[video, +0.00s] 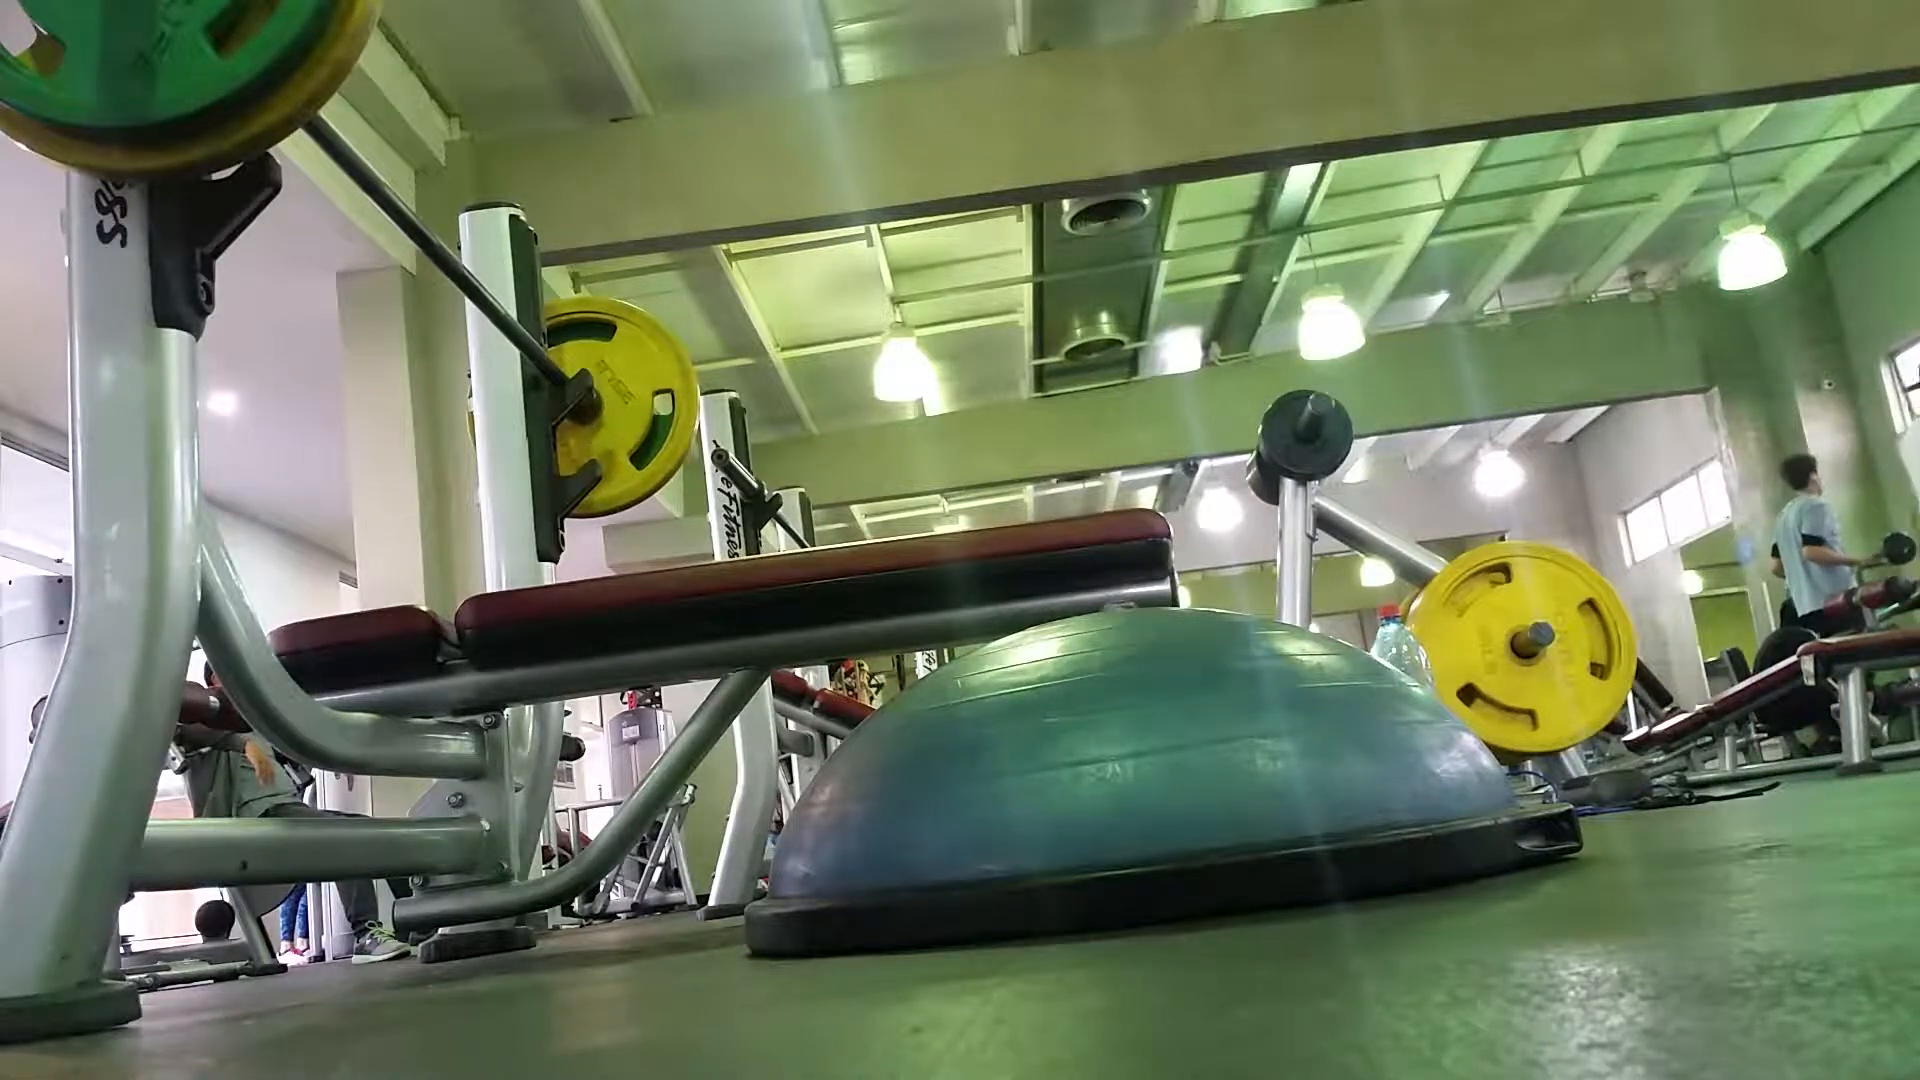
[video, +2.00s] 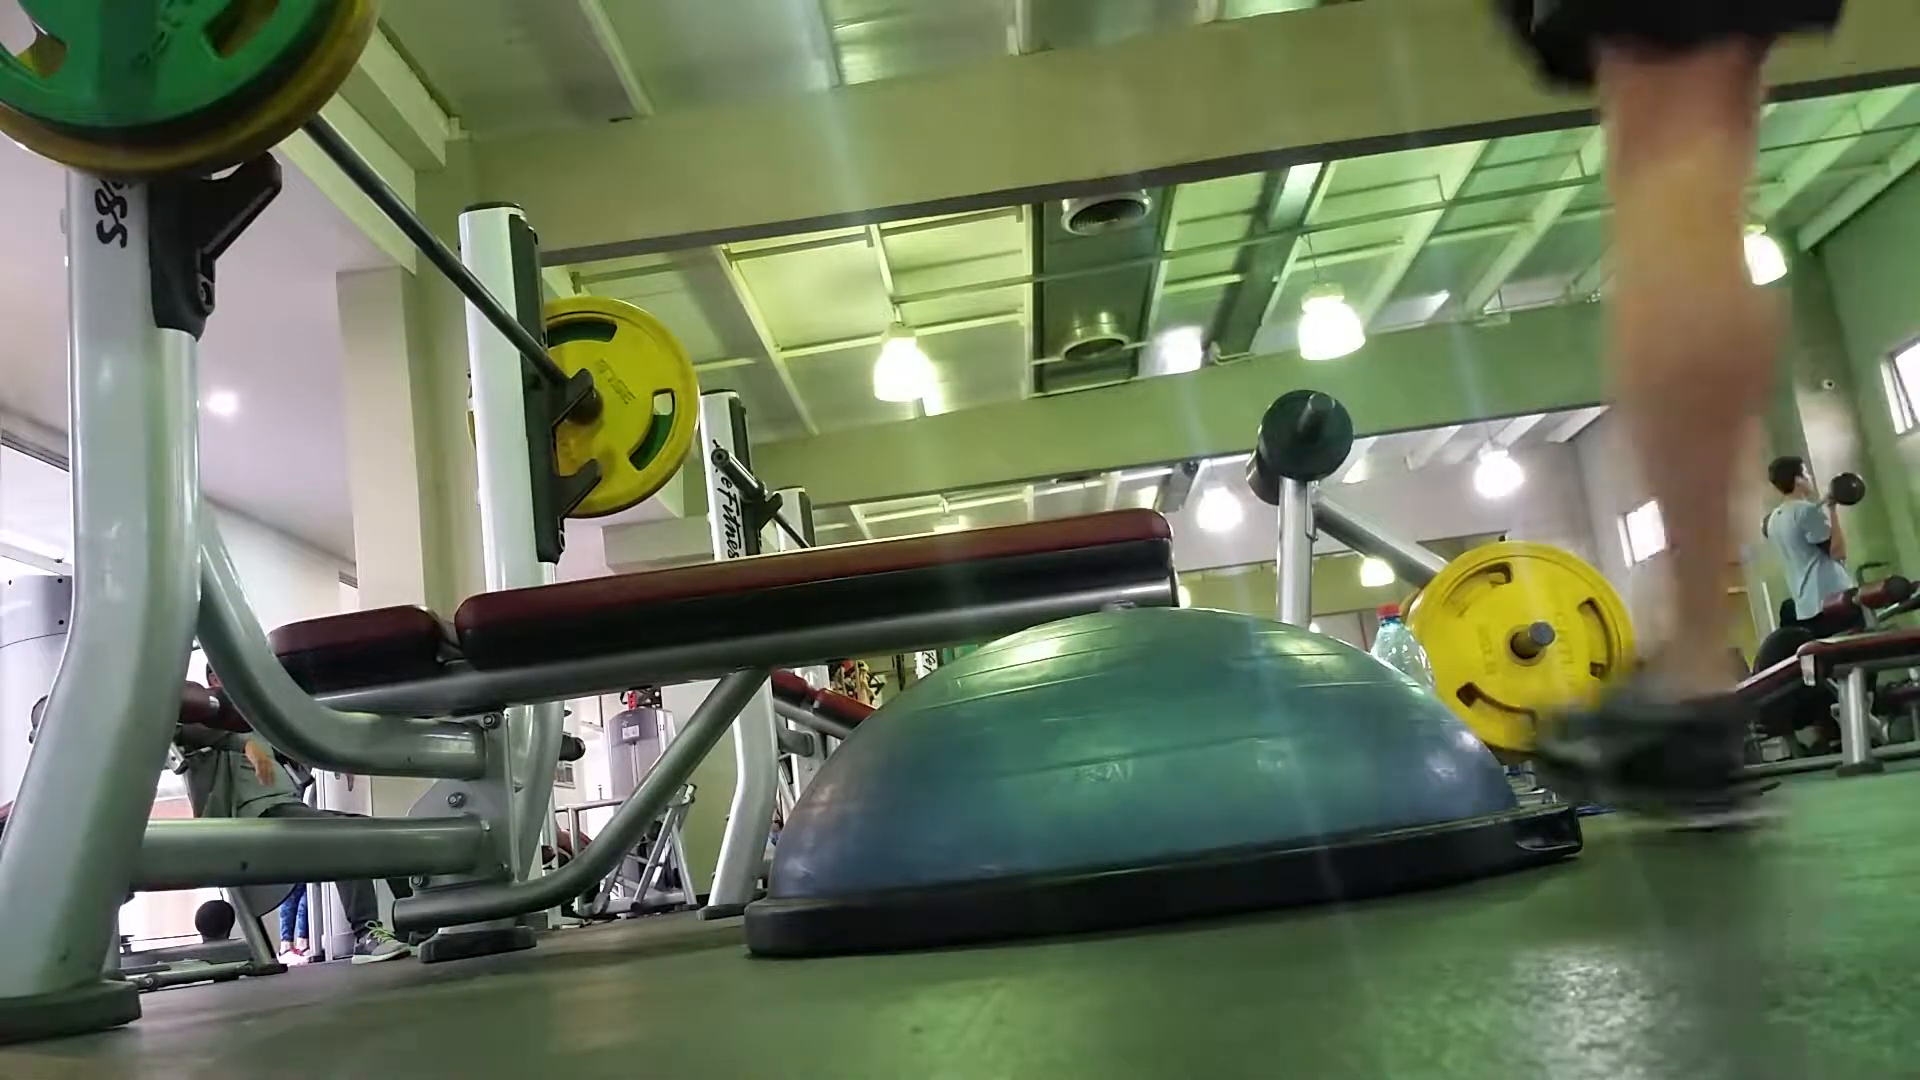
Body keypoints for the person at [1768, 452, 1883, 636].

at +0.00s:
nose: (1821, 479)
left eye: (1818, 473)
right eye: (1817, 473)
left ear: (1791, 481)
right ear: (1812, 477)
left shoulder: (1784, 515)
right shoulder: (1815, 505)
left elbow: (1777, 567)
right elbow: (1812, 551)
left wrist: (1806, 575)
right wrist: (1857, 561)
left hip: (1806, 611)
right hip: (1835, 605)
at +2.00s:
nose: (1810, 478)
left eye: (1808, 473)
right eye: (1806, 474)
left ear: (1780, 485)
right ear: (1798, 479)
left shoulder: (1773, 519)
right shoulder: (1807, 511)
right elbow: (1838, 552)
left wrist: (1822, 505)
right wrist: (1832, 508)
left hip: (1805, 608)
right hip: (1833, 601)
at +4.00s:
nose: (1822, 485)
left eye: (1821, 480)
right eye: (1821, 480)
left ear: (1795, 484)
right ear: (1814, 483)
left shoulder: (1781, 518)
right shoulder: (1813, 515)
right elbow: (1840, 555)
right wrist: (1854, 525)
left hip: (1810, 606)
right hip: (1837, 604)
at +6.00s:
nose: (1816, 492)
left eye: (1818, 486)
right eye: (1811, 486)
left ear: (1793, 485)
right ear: (1793, 485)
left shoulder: (1771, 520)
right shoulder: (1805, 513)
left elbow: (1770, 572)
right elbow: (1806, 562)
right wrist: (1851, 558)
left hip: (1802, 616)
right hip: (1832, 609)